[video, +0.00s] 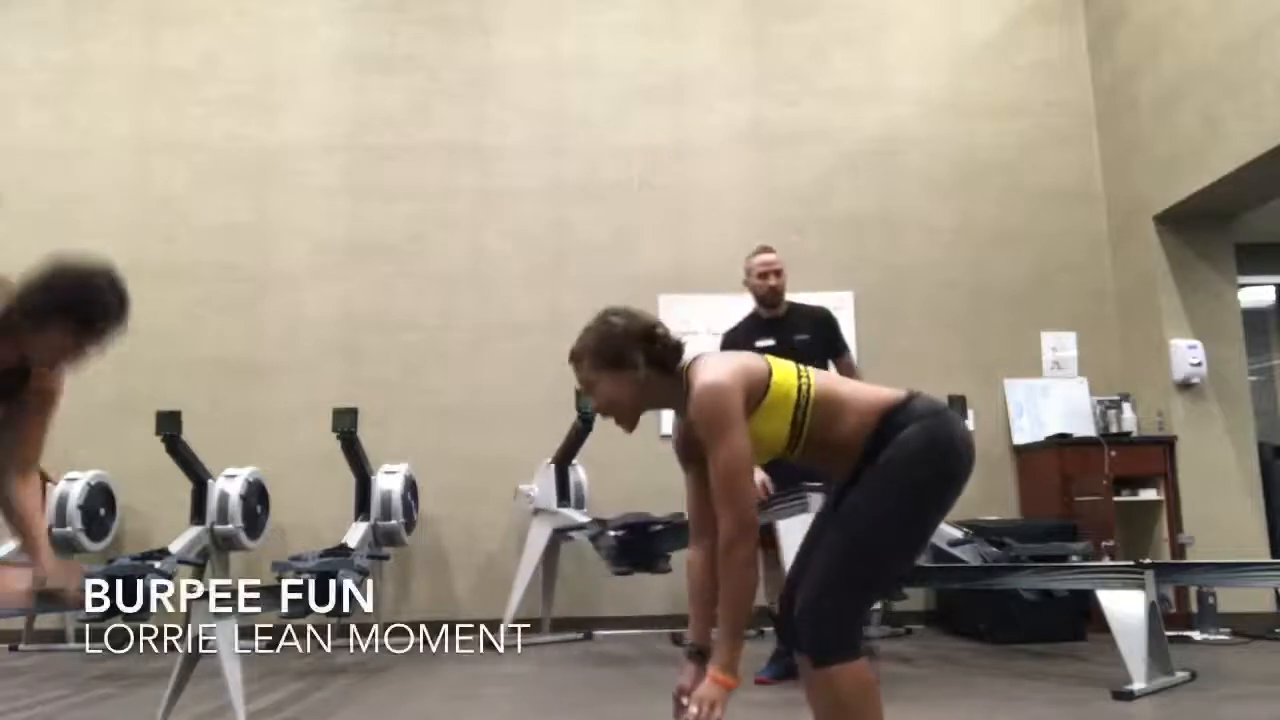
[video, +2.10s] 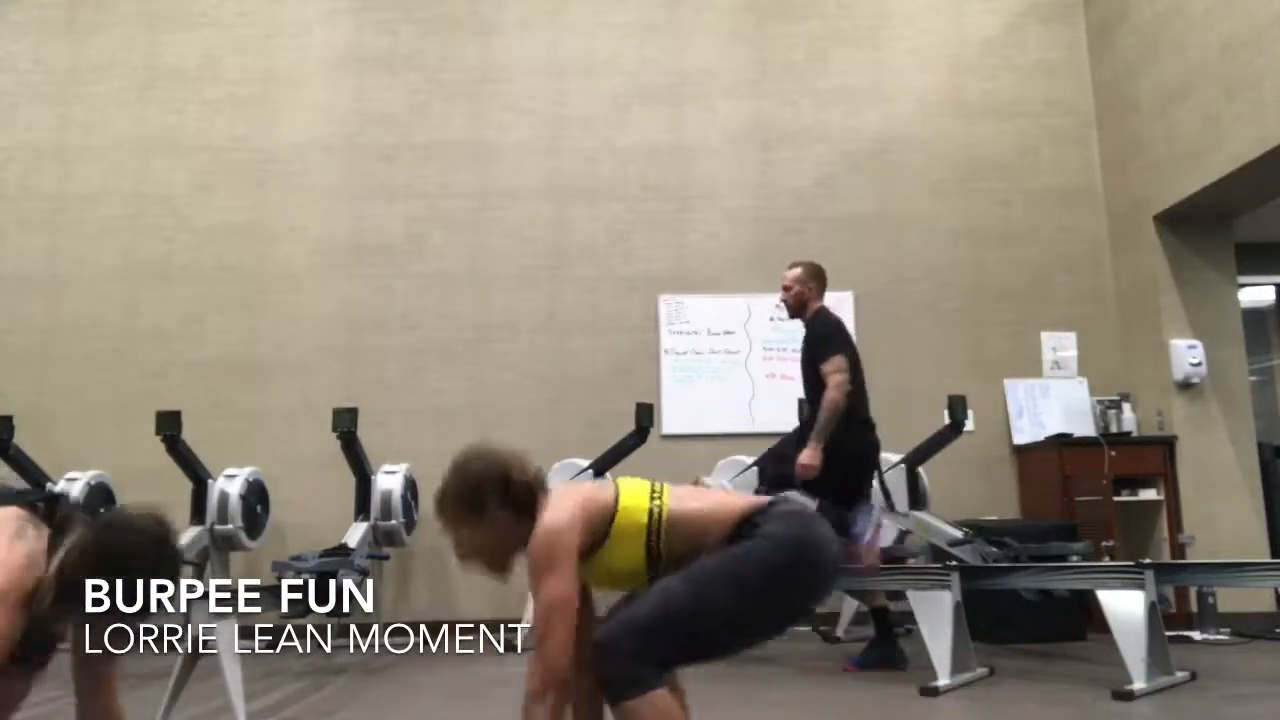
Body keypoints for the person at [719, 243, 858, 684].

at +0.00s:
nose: (771, 282)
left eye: (776, 273)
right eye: (762, 275)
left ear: (786, 276)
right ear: (747, 282)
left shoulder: (818, 320)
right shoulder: (735, 340)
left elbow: (851, 379)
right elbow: (719, 403)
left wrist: (855, 436)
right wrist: (746, 467)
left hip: (825, 450)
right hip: (769, 456)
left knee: (833, 544)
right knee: (766, 541)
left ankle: (850, 633)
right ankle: (785, 639)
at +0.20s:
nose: (812, 290)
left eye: (817, 282)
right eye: (803, 285)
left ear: (827, 284)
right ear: (789, 293)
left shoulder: (865, 324)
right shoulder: (781, 349)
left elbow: (897, 375)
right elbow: (782, 415)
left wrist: (913, 430)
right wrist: (791, 481)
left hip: (873, 455)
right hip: (816, 466)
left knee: (888, 546)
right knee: (808, 556)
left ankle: (906, 638)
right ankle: (786, 646)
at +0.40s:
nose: (826, 306)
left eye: (831, 297)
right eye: (817, 302)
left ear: (842, 294)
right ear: (806, 308)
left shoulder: (887, 328)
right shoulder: (805, 361)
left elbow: (929, 372)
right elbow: (811, 427)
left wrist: (950, 431)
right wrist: (834, 457)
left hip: (900, 456)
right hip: (848, 463)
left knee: (903, 550)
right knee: (849, 549)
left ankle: (906, 645)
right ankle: (852, 643)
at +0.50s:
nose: (824, 321)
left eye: (828, 311)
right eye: (814, 317)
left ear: (842, 304)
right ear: (807, 323)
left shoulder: (889, 335)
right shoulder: (813, 371)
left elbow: (934, 372)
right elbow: (812, 434)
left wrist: (956, 432)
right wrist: (830, 490)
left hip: (905, 464)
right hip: (856, 473)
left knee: (909, 556)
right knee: (866, 556)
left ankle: (913, 647)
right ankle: (882, 643)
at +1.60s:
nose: (779, 315)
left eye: (784, 307)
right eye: (776, 310)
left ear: (810, 303)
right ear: (787, 314)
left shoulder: (855, 332)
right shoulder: (802, 363)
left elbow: (898, 380)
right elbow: (814, 426)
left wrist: (896, 440)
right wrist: (824, 482)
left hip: (892, 437)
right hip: (864, 444)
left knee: (861, 519)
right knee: (859, 527)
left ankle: (917, 600)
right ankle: (885, 638)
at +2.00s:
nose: (788, 296)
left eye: (794, 289)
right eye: (788, 289)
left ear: (817, 292)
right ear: (808, 293)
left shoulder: (834, 328)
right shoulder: (820, 330)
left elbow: (854, 384)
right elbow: (835, 391)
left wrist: (836, 445)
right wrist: (827, 437)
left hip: (857, 445)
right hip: (848, 444)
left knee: (855, 541)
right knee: (853, 540)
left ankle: (886, 638)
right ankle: (884, 637)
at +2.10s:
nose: (782, 295)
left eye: (788, 288)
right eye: (783, 288)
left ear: (811, 291)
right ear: (808, 292)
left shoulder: (824, 327)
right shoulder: (820, 327)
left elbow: (839, 385)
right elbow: (832, 392)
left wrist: (815, 444)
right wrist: (810, 440)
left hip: (843, 450)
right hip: (848, 449)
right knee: (850, 547)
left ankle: (886, 638)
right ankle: (884, 638)